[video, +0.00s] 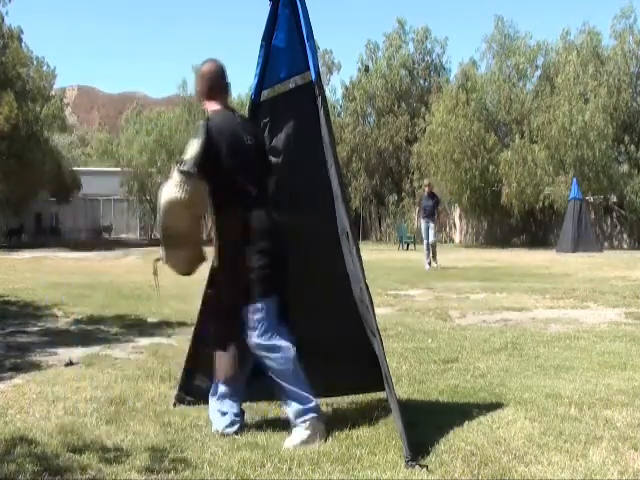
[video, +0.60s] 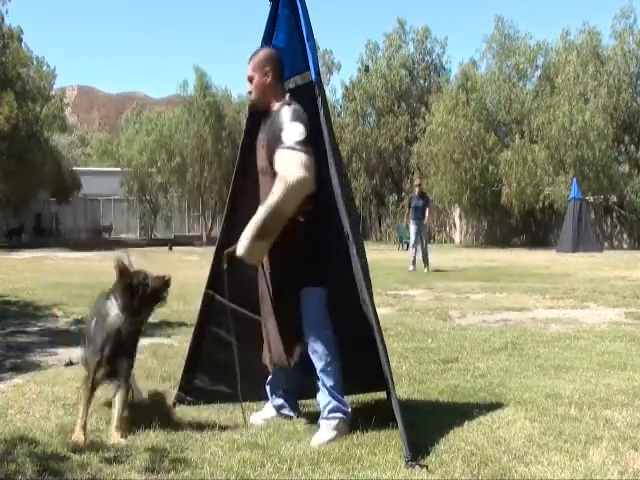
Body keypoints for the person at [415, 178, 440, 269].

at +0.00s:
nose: (427, 188)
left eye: (428, 186)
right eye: (425, 186)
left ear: (431, 187)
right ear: (424, 187)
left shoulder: (435, 198)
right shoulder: (422, 198)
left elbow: (437, 210)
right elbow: (419, 209)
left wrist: (438, 221)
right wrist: (417, 219)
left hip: (432, 220)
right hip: (424, 219)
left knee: (432, 241)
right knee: (426, 241)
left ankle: (434, 259)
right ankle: (428, 262)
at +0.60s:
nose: (417, 189)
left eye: (419, 187)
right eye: (416, 187)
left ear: (421, 187)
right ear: (414, 188)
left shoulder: (425, 198)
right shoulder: (412, 198)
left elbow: (427, 209)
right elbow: (409, 209)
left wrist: (426, 219)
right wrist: (408, 219)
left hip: (422, 221)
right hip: (413, 220)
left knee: (424, 243)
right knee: (413, 242)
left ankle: (426, 264)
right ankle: (412, 264)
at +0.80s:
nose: (410, 189)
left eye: (412, 187)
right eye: (409, 187)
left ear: (415, 188)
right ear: (407, 188)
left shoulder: (419, 198)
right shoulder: (405, 198)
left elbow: (423, 209)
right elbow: (401, 210)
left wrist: (418, 216)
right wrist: (398, 222)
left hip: (416, 222)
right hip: (407, 222)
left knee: (418, 243)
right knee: (409, 244)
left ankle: (424, 263)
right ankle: (411, 265)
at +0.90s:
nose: (407, 187)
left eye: (409, 185)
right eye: (405, 185)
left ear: (412, 185)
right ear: (404, 186)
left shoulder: (417, 196)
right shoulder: (402, 196)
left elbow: (420, 210)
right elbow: (399, 209)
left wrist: (418, 221)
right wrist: (396, 221)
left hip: (414, 221)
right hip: (405, 220)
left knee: (414, 244)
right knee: (407, 245)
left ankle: (419, 261)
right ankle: (410, 265)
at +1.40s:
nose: (395, 184)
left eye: (397, 182)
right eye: (394, 182)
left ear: (401, 182)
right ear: (392, 183)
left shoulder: (405, 194)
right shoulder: (390, 195)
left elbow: (410, 208)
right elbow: (388, 207)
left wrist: (412, 220)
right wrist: (387, 219)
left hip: (403, 220)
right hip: (394, 220)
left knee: (402, 244)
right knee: (392, 243)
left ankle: (403, 267)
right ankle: (399, 263)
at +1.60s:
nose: (389, 185)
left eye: (391, 183)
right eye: (387, 183)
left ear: (395, 184)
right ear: (385, 185)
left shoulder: (398, 194)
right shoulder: (386, 195)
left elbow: (401, 209)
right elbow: (384, 208)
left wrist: (394, 217)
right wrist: (382, 220)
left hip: (398, 222)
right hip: (388, 222)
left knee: (400, 246)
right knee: (386, 245)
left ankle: (402, 267)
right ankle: (383, 267)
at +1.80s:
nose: (381, 185)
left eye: (382, 182)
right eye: (379, 183)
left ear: (386, 183)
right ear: (377, 184)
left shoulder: (392, 194)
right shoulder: (377, 195)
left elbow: (394, 208)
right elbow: (374, 209)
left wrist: (387, 218)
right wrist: (372, 224)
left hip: (388, 222)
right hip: (379, 222)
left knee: (390, 247)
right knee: (380, 247)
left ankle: (398, 265)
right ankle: (381, 269)